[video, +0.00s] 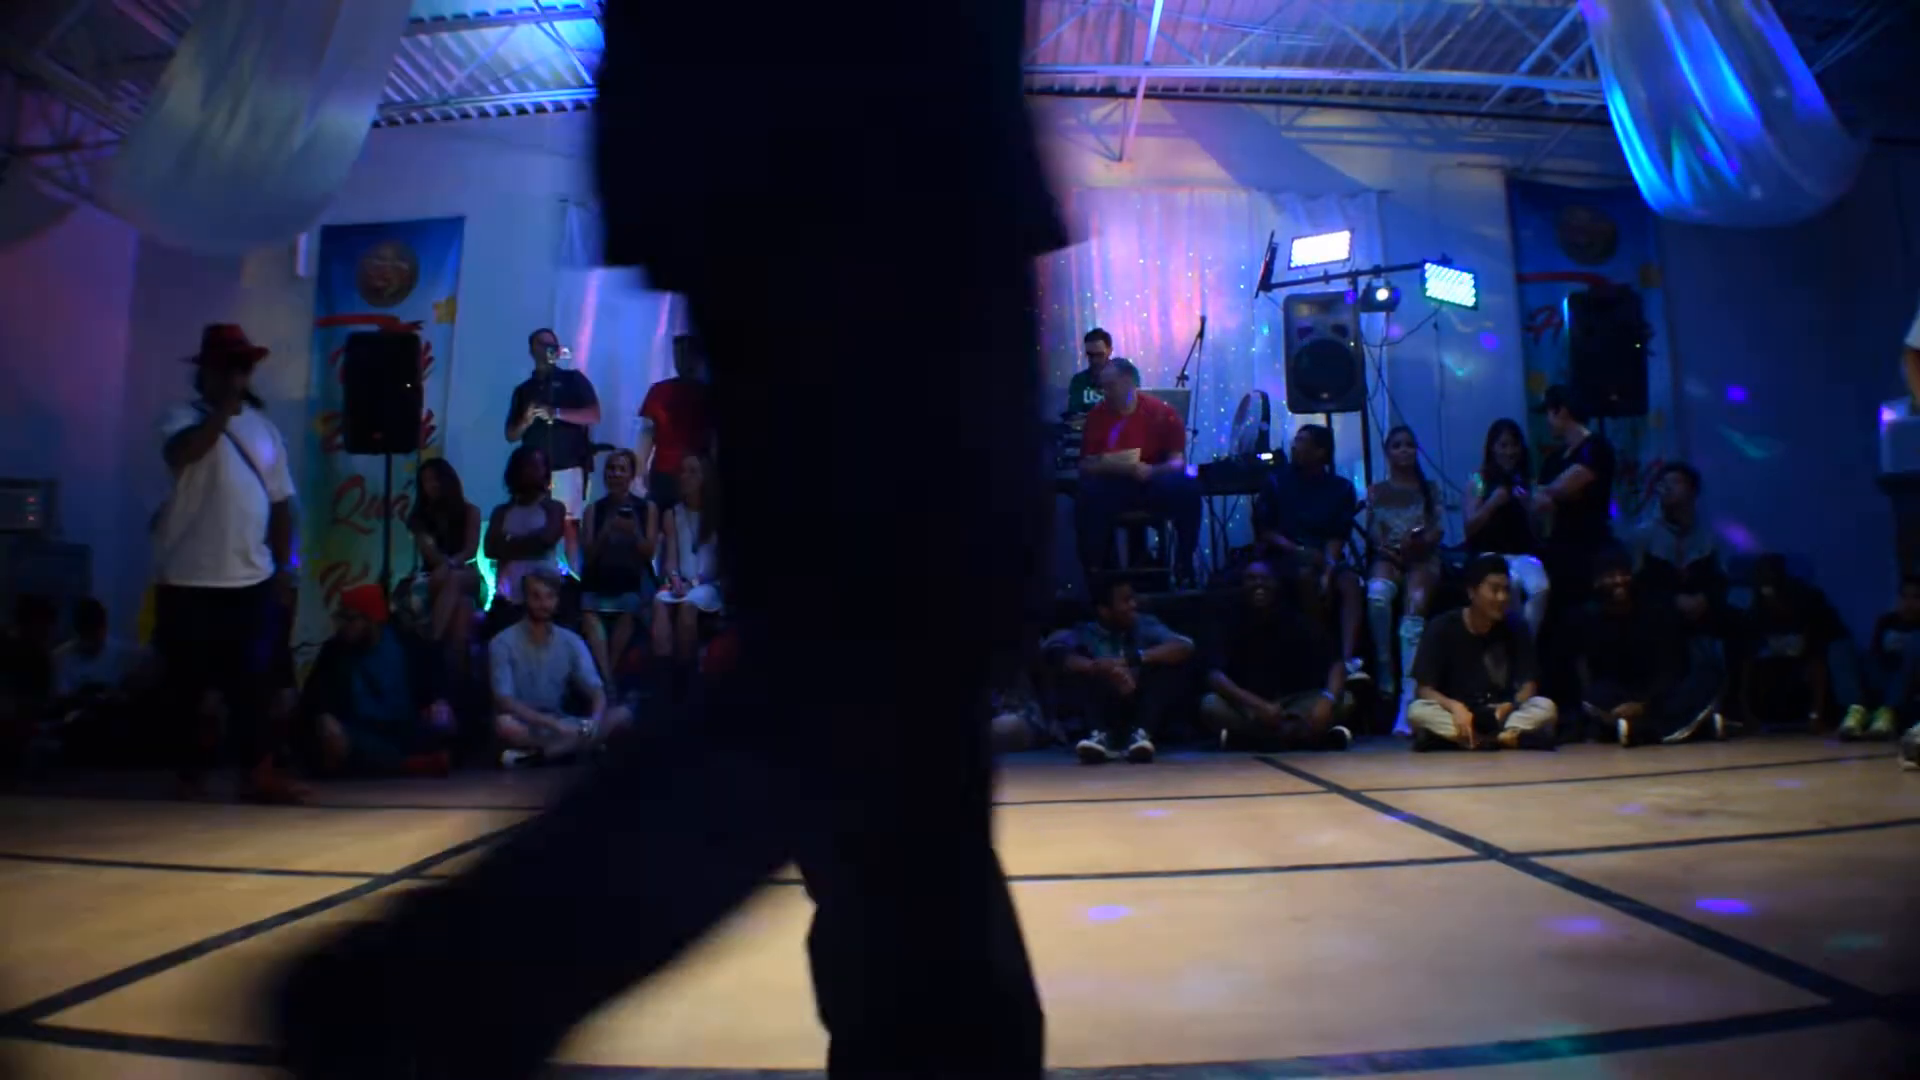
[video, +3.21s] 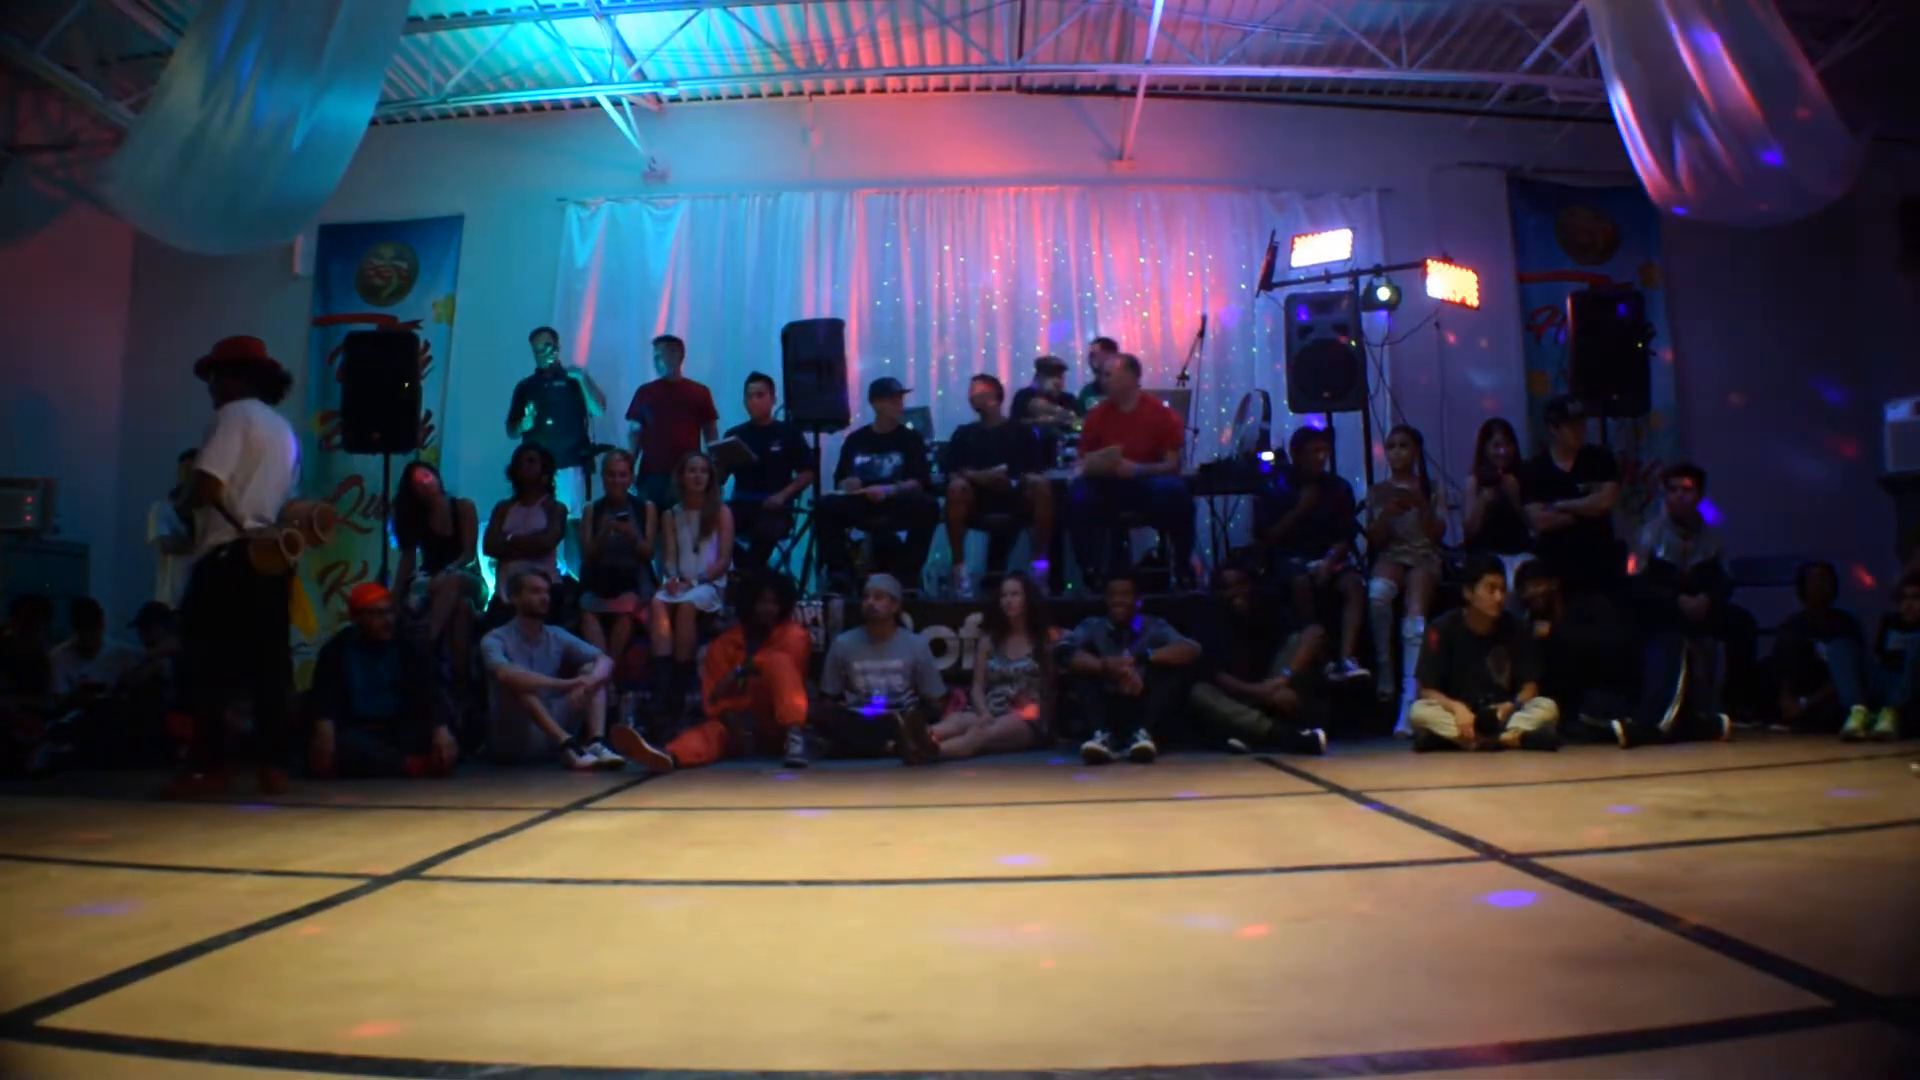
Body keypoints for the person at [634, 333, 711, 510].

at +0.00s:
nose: (684, 360)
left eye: (689, 353)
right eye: (680, 353)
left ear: (700, 357)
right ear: (674, 357)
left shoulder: (709, 391)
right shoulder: (660, 391)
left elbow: (714, 436)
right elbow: (647, 434)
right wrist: (640, 473)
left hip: (700, 475)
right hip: (665, 473)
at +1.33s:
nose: (674, 360)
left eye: (678, 355)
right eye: (668, 356)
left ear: (684, 358)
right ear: (659, 359)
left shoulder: (698, 394)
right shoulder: (645, 394)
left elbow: (709, 433)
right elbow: (633, 434)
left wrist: (692, 448)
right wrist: (630, 472)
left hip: (686, 472)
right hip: (653, 469)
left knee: (683, 528)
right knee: (650, 528)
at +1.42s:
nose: (675, 360)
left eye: (679, 355)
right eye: (669, 356)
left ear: (684, 357)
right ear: (659, 359)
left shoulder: (698, 393)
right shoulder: (643, 393)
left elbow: (711, 433)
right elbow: (632, 434)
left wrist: (695, 429)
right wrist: (629, 471)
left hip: (686, 475)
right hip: (652, 472)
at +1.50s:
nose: (675, 360)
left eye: (679, 354)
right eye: (669, 355)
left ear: (684, 357)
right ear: (659, 359)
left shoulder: (697, 392)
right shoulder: (643, 392)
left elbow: (711, 431)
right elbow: (632, 433)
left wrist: (692, 413)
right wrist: (628, 471)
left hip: (686, 476)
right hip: (651, 474)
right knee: (648, 533)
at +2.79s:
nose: (669, 360)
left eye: (674, 354)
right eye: (664, 356)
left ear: (684, 357)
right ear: (659, 360)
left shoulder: (699, 393)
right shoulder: (645, 393)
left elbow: (713, 431)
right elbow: (634, 434)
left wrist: (690, 423)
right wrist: (629, 471)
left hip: (688, 476)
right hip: (653, 473)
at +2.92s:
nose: (659, 361)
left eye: (664, 355)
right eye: (656, 356)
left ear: (680, 356)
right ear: (654, 360)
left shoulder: (699, 393)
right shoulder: (644, 393)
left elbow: (711, 433)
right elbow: (634, 433)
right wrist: (628, 469)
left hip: (686, 476)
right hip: (652, 473)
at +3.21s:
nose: (656, 361)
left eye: (661, 355)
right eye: (655, 356)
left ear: (679, 356)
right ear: (653, 360)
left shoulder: (699, 393)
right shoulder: (645, 392)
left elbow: (711, 435)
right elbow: (634, 434)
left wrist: (715, 473)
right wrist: (628, 471)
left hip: (687, 478)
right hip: (651, 475)